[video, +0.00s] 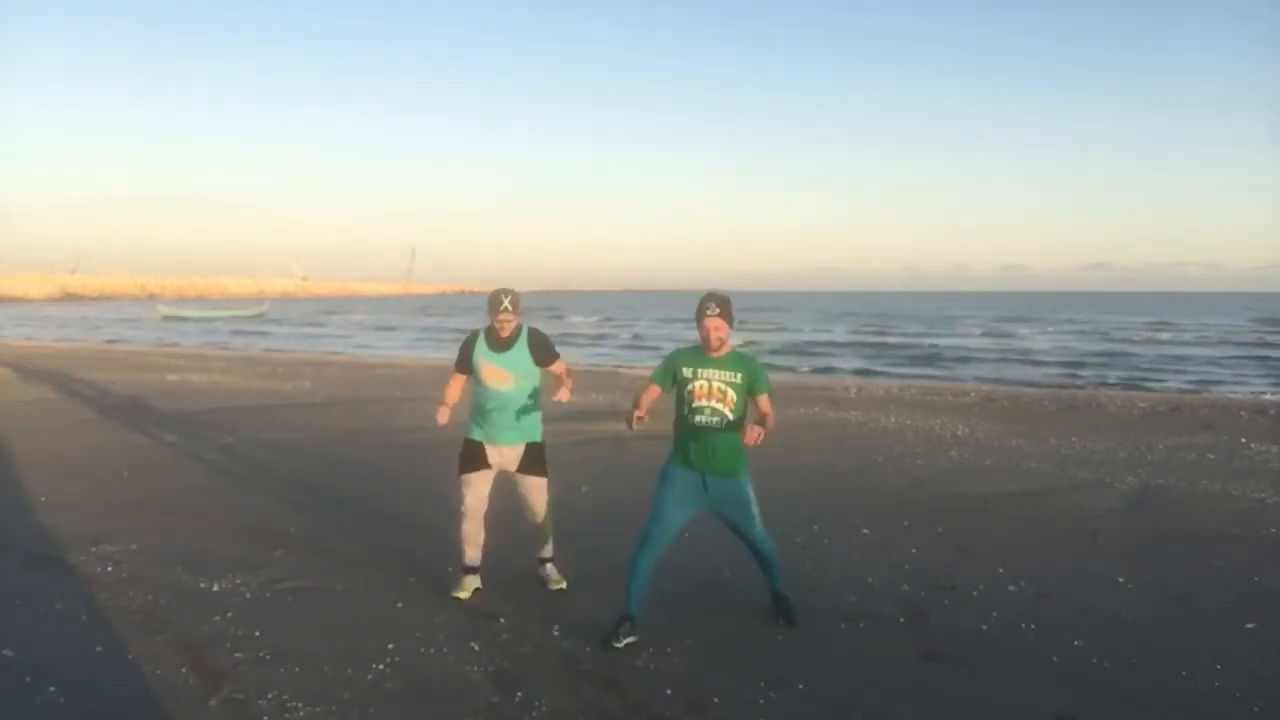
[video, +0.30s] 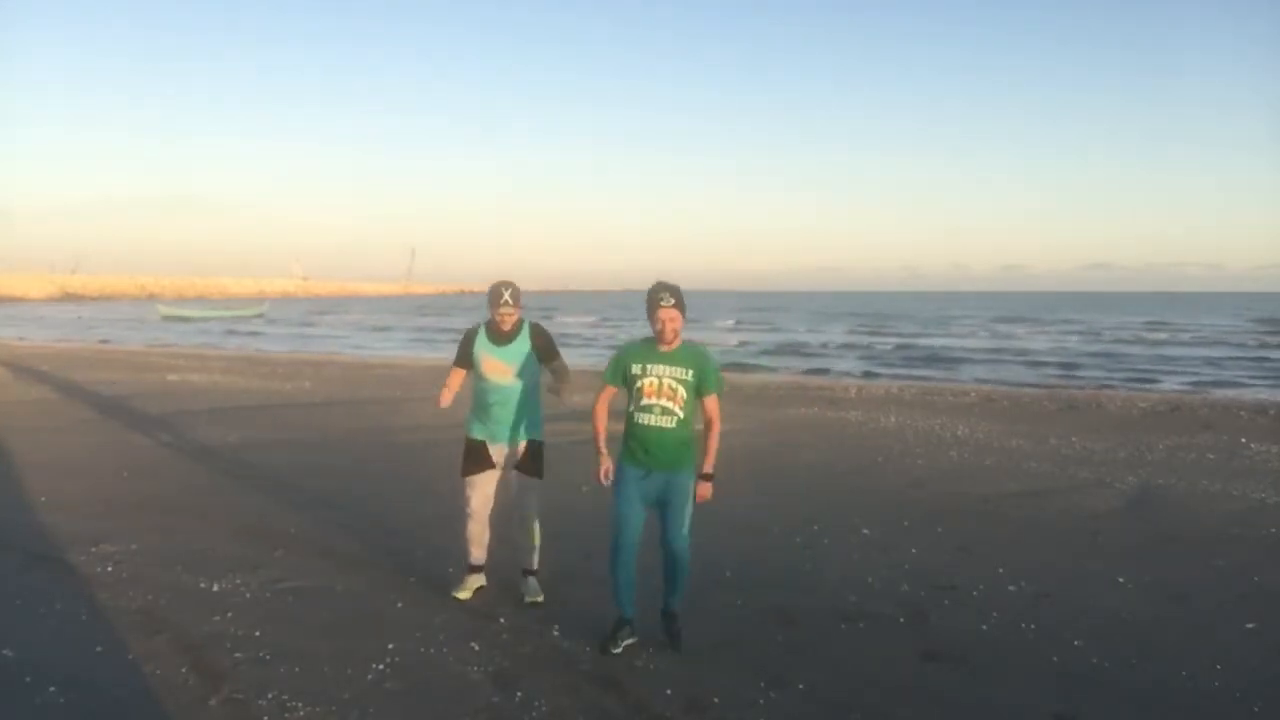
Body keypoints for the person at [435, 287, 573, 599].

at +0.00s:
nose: (504, 325)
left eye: (509, 319)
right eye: (499, 319)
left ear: (519, 316)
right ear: (490, 316)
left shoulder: (533, 339)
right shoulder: (474, 343)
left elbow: (562, 371)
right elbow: (458, 378)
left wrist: (565, 386)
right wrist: (446, 403)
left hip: (526, 440)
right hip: (481, 439)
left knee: (539, 511)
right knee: (472, 508)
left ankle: (547, 563)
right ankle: (470, 573)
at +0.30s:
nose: (506, 318)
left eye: (511, 312)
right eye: (500, 312)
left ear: (520, 309)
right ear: (490, 310)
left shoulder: (534, 334)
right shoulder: (475, 337)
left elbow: (560, 370)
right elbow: (459, 371)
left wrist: (561, 387)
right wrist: (447, 394)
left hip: (525, 435)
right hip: (482, 434)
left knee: (526, 506)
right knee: (476, 506)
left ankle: (530, 575)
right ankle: (475, 572)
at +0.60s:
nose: (506, 315)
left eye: (512, 309)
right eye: (500, 309)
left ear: (521, 307)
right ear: (491, 307)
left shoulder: (535, 332)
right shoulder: (475, 334)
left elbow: (566, 366)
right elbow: (452, 366)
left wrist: (562, 374)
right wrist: (442, 384)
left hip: (526, 436)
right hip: (483, 435)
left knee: (527, 505)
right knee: (483, 508)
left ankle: (529, 576)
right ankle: (481, 579)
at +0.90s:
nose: (495, 327)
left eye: (502, 321)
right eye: (490, 320)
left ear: (512, 320)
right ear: (481, 320)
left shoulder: (529, 348)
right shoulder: (463, 354)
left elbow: (549, 389)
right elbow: (449, 401)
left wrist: (550, 435)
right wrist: (449, 448)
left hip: (528, 448)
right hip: (481, 451)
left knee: (542, 514)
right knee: (478, 521)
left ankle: (544, 580)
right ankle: (480, 583)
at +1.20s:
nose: (517, 321)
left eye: (523, 314)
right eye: (511, 314)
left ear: (533, 315)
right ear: (502, 316)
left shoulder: (552, 346)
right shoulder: (484, 353)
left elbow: (577, 384)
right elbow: (467, 397)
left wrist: (575, 421)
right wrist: (478, 441)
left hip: (556, 451)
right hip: (506, 457)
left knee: (570, 529)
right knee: (494, 527)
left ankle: (580, 604)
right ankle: (480, 579)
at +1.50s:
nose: (548, 315)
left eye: (555, 308)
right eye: (542, 308)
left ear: (564, 308)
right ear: (532, 309)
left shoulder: (582, 343)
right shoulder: (513, 348)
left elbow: (610, 389)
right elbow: (493, 395)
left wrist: (617, 431)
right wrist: (494, 439)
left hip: (574, 454)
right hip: (527, 456)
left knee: (576, 532)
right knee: (523, 532)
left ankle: (581, 609)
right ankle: (529, 591)